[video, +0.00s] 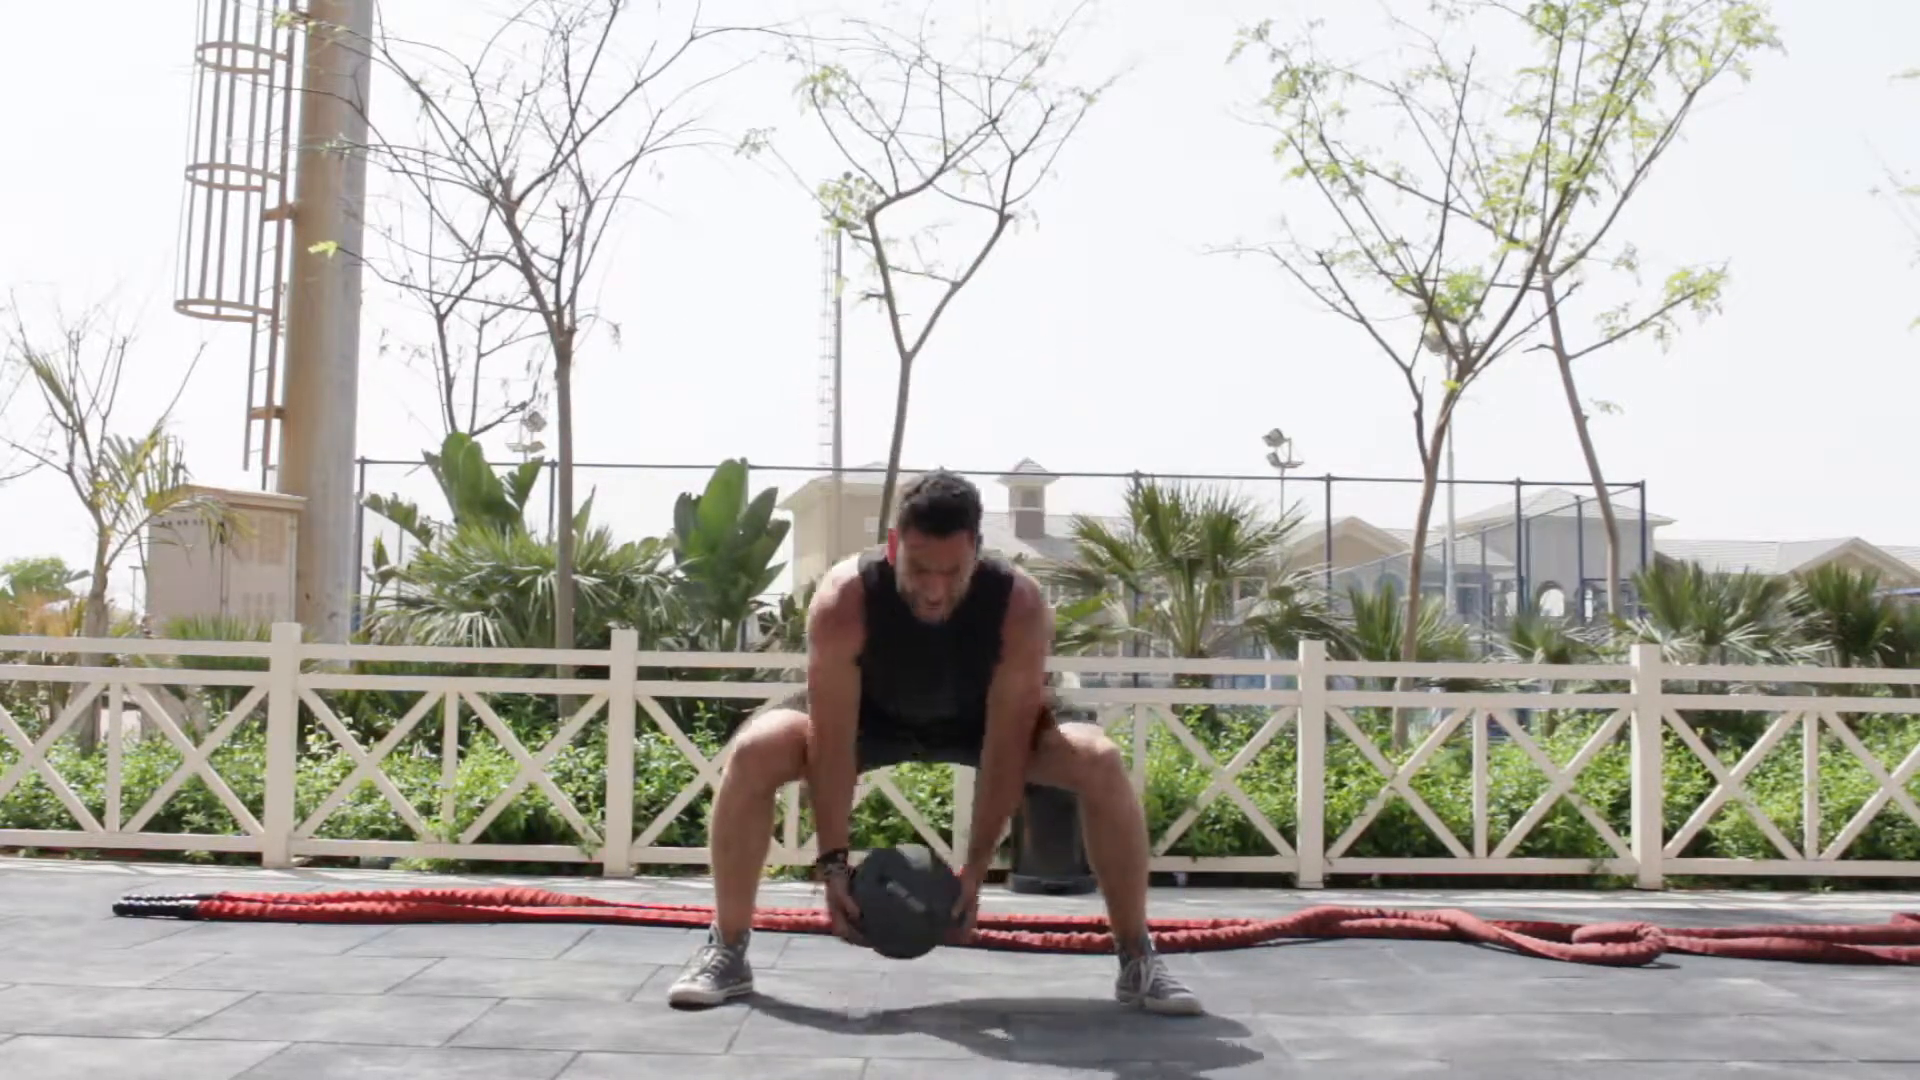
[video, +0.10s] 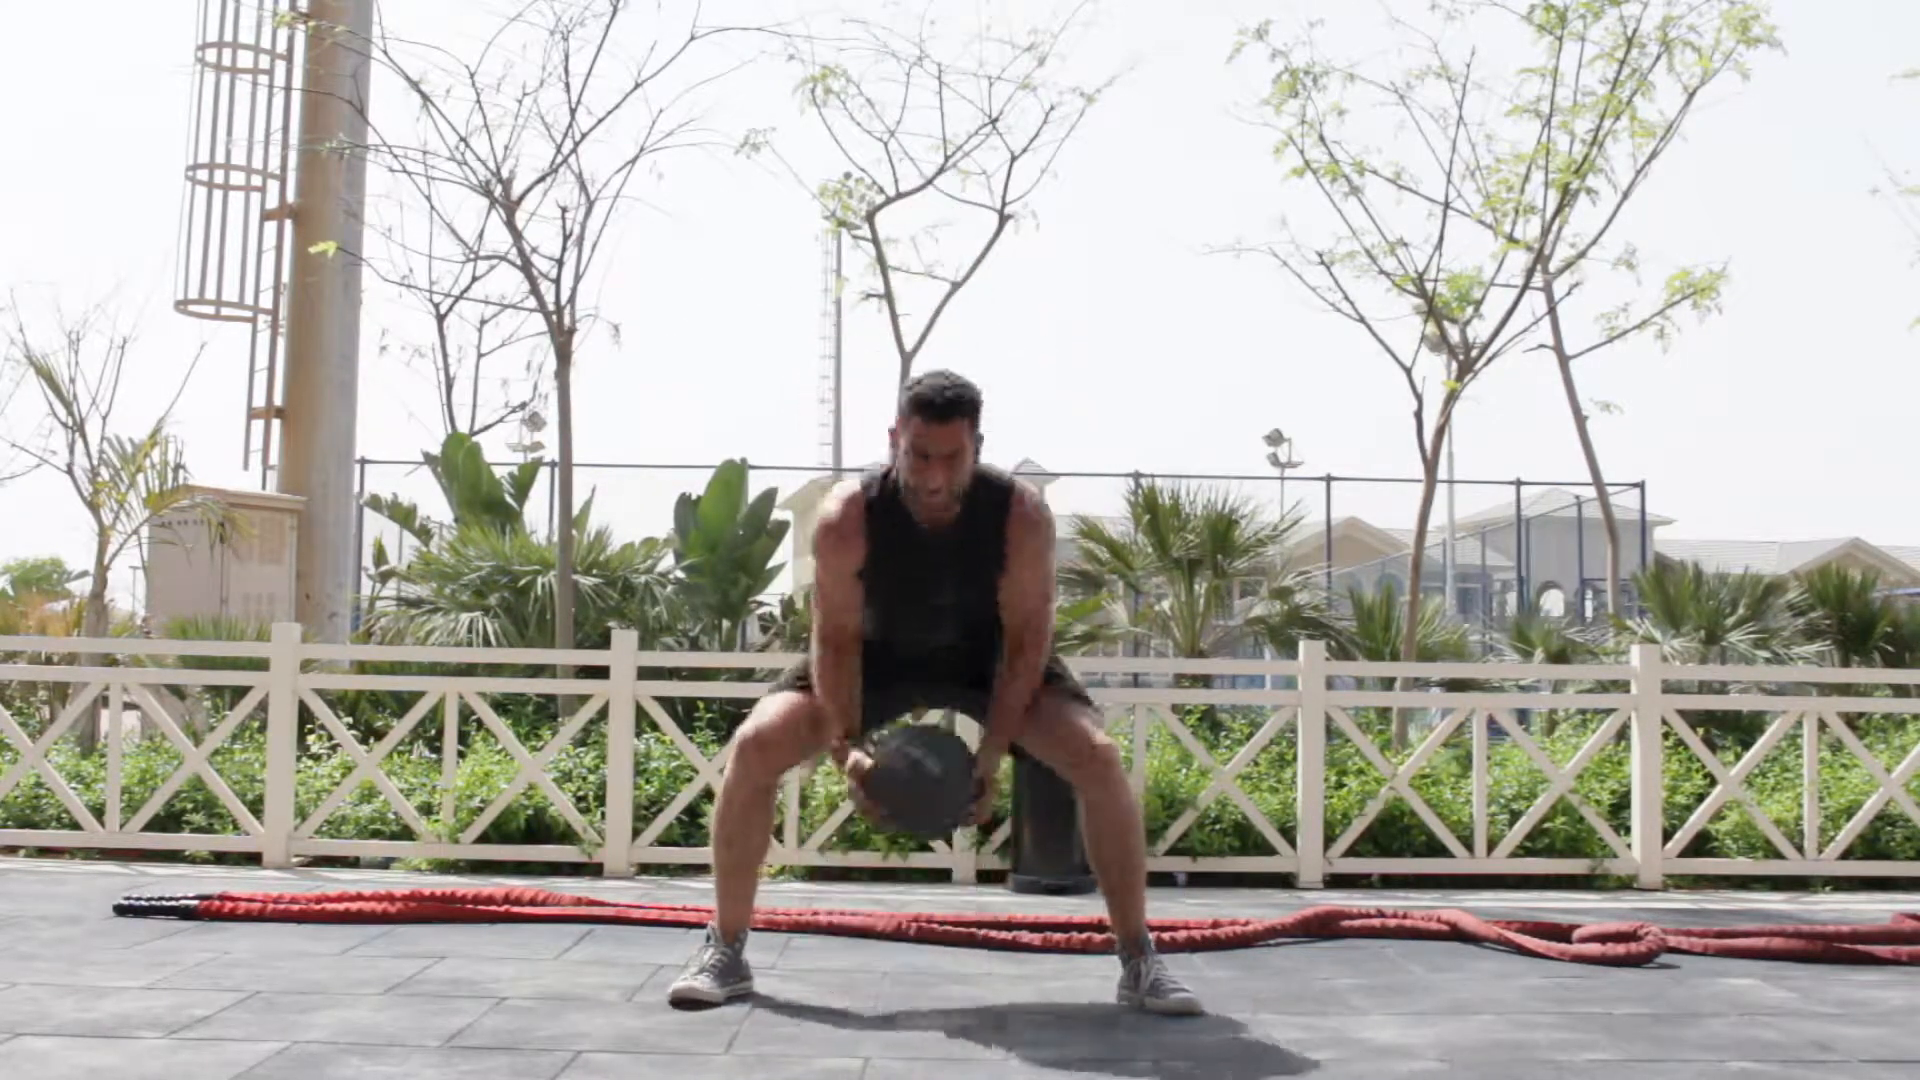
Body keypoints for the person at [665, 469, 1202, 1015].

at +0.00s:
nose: (935, 589)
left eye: (953, 573)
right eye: (920, 571)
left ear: (977, 554)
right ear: (894, 543)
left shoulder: (1019, 606)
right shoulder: (842, 601)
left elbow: (1006, 754)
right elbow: (833, 744)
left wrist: (972, 874)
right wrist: (834, 866)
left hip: (981, 728)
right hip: (872, 726)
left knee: (1100, 760)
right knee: (753, 752)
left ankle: (1138, 962)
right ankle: (727, 954)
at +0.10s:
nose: (935, 476)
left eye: (951, 458)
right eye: (920, 457)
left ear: (976, 445)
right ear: (895, 439)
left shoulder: (1019, 514)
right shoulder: (849, 518)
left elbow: (1026, 646)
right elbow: (837, 642)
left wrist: (990, 759)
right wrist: (846, 744)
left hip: (990, 672)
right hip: (877, 670)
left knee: (1096, 755)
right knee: (755, 747)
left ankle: (1139, 963)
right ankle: (725, 953)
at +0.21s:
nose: (935, 334)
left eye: (951, 319)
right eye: (920, 318)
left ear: (974, 322)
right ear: (895, 317)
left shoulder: (1022, 412)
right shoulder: (847, 419)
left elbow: (1048, 517)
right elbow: (828, 528)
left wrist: (1020, 576)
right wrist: (856, 580)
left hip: (993, 597)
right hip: (877, 599)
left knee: (1076, 745)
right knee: (780, 739)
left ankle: (1139, 959)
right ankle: (729, 950)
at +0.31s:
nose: (940, 244)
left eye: (955, 230)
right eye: (924, 230)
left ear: (978, 239)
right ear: (901, 239)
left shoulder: (1017, 329)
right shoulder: (860, 335)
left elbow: (1070, 444)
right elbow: (817, 456)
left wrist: (1025, 389)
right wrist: (858, 401)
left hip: (993, 577)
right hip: (886, 575)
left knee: (1066, 747)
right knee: (800, 737)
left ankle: (1134, 956)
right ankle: (730, 949)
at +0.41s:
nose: (948, 217)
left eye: (963, 209)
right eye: (933, 207)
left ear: (985, 229)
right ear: (905, 228)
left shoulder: (1017, 315)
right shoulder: (872, 316)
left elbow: (1072, 259)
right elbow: (825, 259)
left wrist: (1017, 141)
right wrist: (870, 139)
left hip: (998, 574)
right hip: (888, 574)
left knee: (1062, 758)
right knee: (807, 752)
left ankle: (1135, 959)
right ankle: (733, 951)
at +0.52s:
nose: (949, 196)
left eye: (963, 189)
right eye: (935, 188)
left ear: (988, 216)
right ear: (908, 216)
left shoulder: (1018, 303)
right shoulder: (877, 301)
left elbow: (1053, 172)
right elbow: (843, 184)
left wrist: (1009, 56)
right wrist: (870, 69)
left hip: (996, 572)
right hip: (886, 571)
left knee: (1061, 765)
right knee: (810, 758)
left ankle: (1135, 960)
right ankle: (733, 952)